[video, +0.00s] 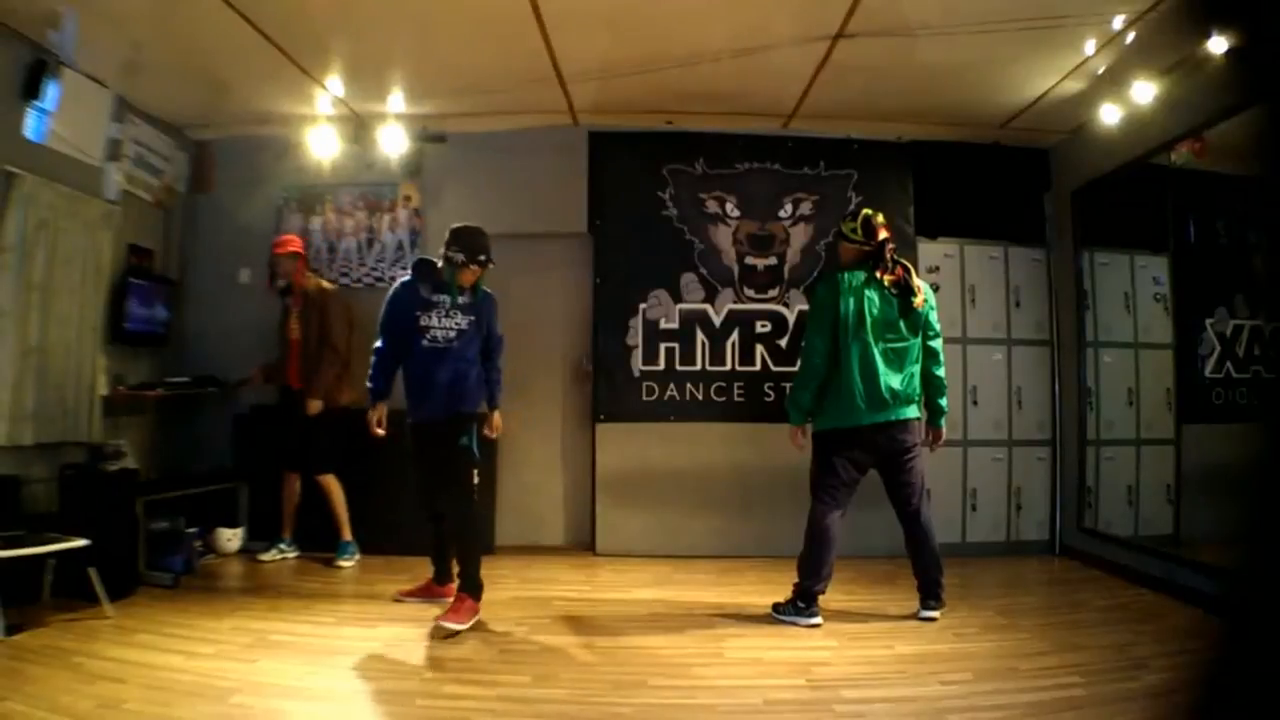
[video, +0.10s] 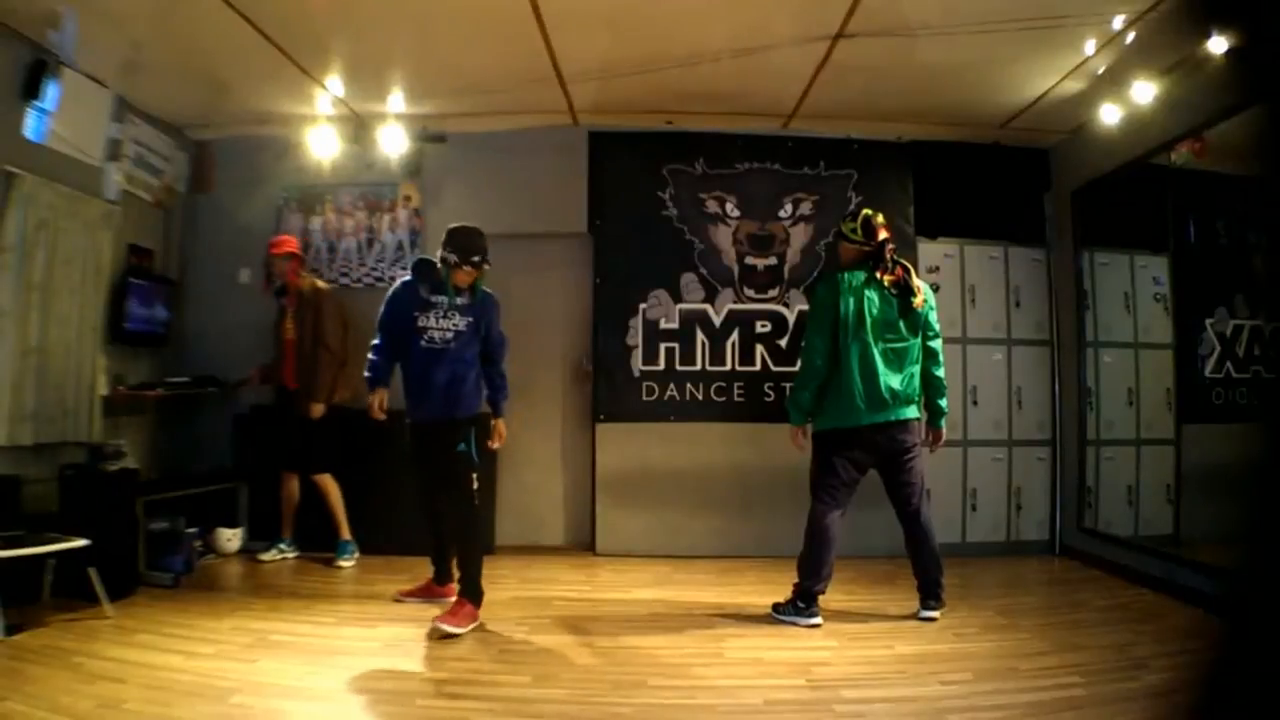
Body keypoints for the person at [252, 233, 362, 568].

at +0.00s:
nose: (280, 268)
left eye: (285, 261)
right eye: (277, 262)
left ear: (300, 261)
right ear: (277, 266)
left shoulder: (327, 296)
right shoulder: (288, 300)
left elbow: (335, 349)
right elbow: (290, 355)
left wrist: (319, 392)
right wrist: (268, 374)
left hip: (323, 397)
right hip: (293, 394)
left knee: (322, 469)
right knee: (291, 468)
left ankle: (347, 541)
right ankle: (287, 539)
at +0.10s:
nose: (279, 268)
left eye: (284, 261)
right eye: (274, 262)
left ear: (297, 262)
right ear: (272, 266)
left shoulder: (322, 296)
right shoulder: (285, 301)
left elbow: (331, 350)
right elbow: (286, 355)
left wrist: (321, 395)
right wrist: (266, 375)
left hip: (316, 396)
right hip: (288, 394)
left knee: (318, 468)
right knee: (288, 469)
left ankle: (346, 540)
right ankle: (286, 540)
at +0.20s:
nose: (276, 268)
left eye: (281, 261)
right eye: (272, 262)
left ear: (293, 262)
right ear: (269, 267)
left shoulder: (317, 296)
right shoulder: (281, 300)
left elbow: (327, 349)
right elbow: (283, 353)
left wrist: (318, 395)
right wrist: (264, 375)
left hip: (312, 396)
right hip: (284, 394)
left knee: (315, 468)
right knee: (286, 468)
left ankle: (344, 539)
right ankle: (286, 540)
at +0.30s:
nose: (273, 268)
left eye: (278, 261)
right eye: (269, 262)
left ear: (290, 261)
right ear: (265, 265)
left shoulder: (314, 294)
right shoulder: (278, 298)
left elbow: (323, 348)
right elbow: (280, 350)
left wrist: (313, 394)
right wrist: (264, 375)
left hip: (310, 395)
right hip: (282, 393)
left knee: (313, 467)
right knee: (284, 468)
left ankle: (343, 539)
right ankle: (286, 540)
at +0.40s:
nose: (268, 272)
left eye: (272, 266)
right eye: (266, 267)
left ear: (285, 264)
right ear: (267, 268)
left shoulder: (311, 293)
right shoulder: (278, 298)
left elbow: (320, 348)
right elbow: (279, 350)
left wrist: (307, 394)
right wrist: (263, 375)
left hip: (308, 395)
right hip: (281, 393)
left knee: (311, 467)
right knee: (283, 468)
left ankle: (342, 538)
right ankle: (286, 540)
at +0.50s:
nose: (264, 277)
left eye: (267, 270)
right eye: (262, 271)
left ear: (283, 267)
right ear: (271, 270)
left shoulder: (311, 294)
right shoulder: (279, 299)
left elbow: (318, 348)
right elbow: (279, 349)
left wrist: (301, 392)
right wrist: (262, 372)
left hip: (310, 395)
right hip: (281, 393)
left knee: (310, 467)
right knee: (283, 468)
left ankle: (342, 538)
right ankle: (287, 540)